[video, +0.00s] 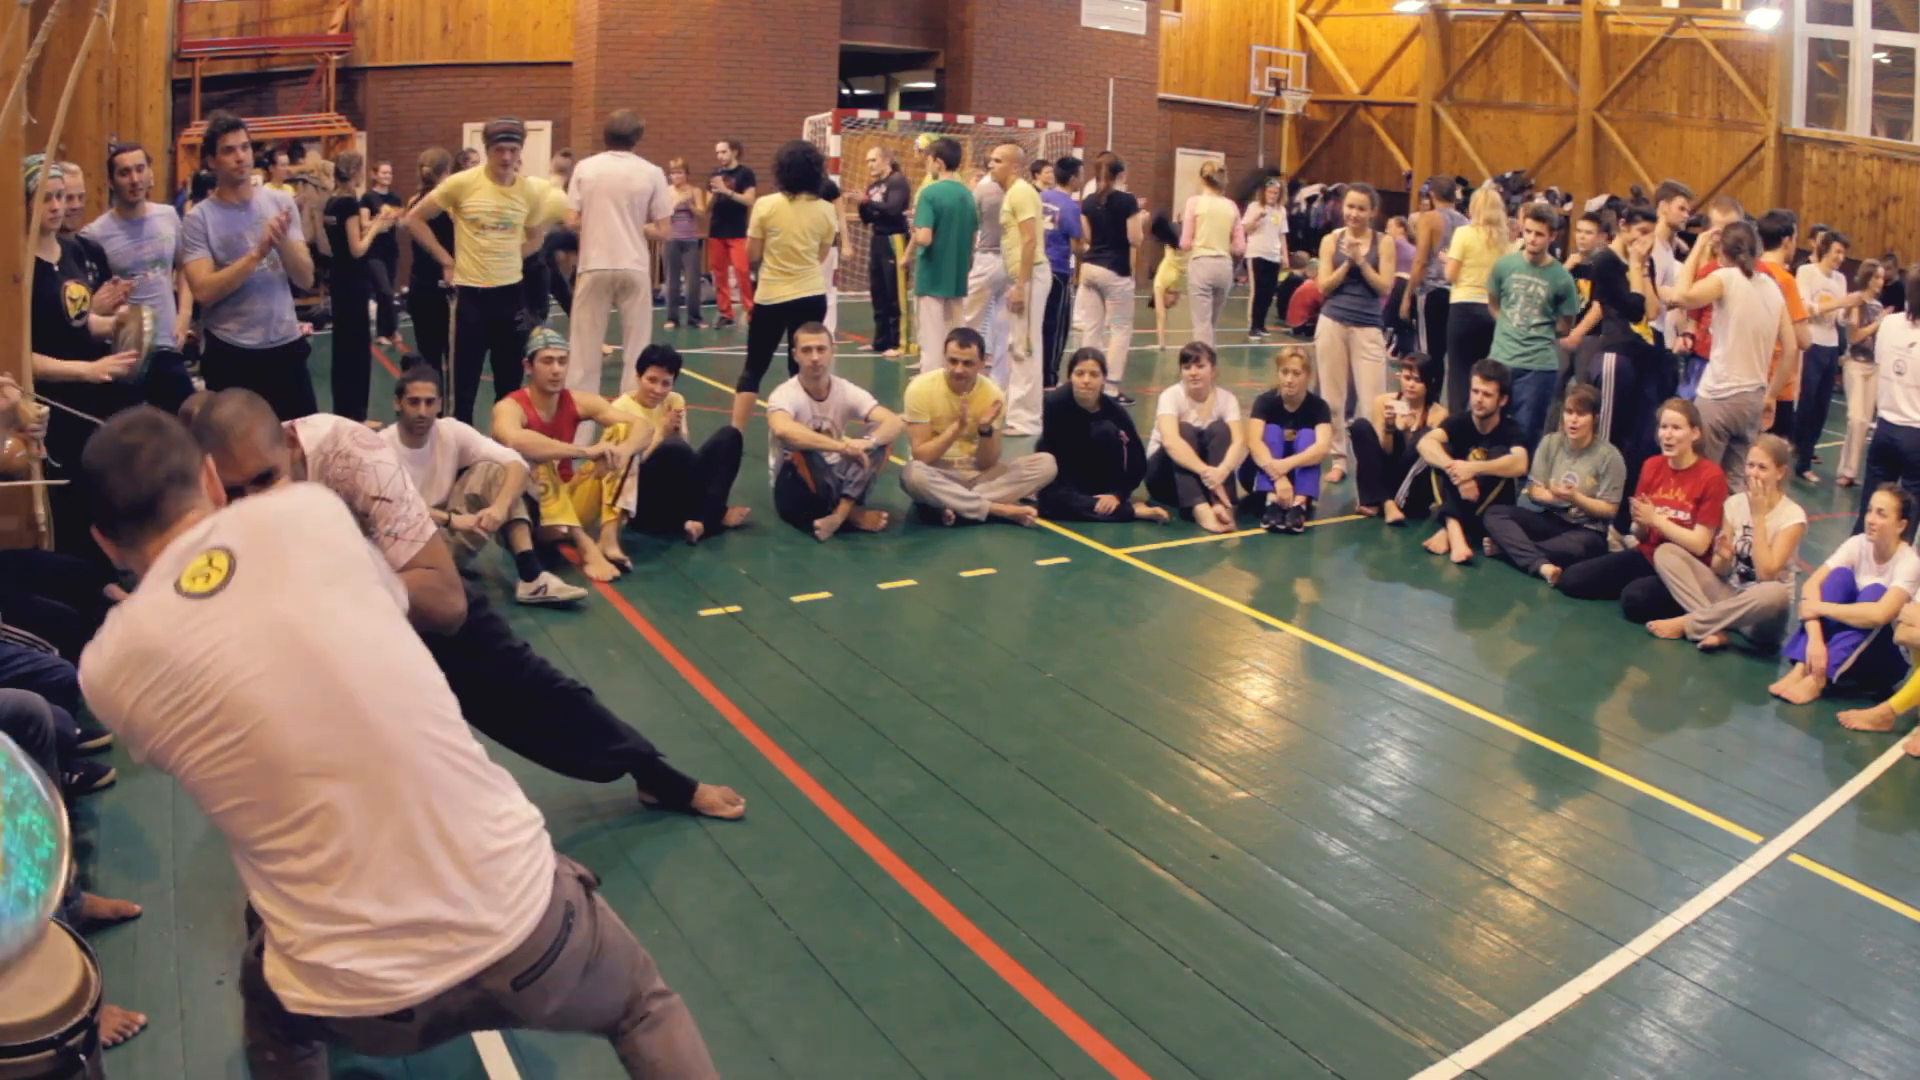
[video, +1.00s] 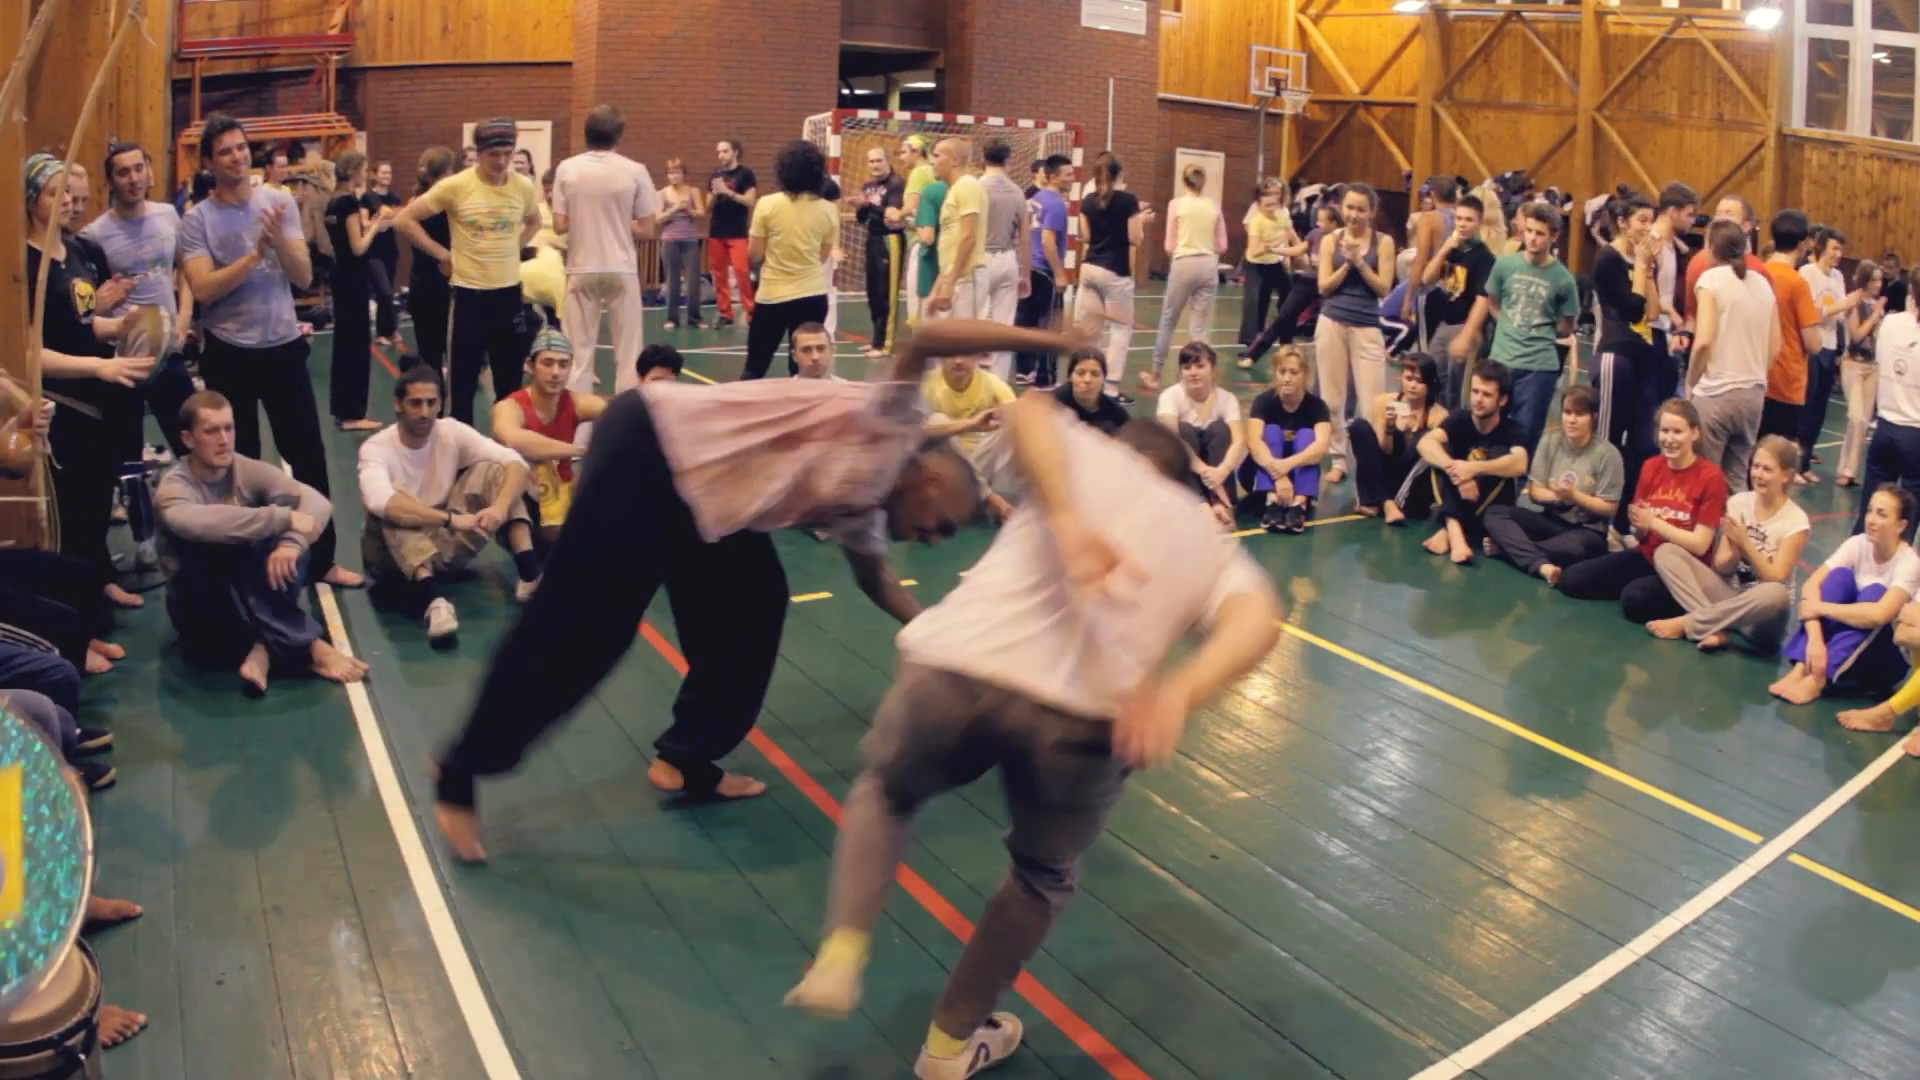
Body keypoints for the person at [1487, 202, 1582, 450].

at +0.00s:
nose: (1532, 239)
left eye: (1539, 234)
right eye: (1528, 232)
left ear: (1552, 237)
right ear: (1522, 232)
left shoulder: (1562, 279)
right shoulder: (1503, 265)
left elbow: (1564, 327)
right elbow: (1493, 307)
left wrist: (1535, 332)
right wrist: (1513, 328)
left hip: (1539, 362)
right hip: (1501, 355)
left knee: (1525, 432)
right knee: (1489, 426)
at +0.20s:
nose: (1532, 238)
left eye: (1539, 233)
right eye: (1528, 230)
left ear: (1551, 237)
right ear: (1521, 231)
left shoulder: (1562, 278)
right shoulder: (1503, 265)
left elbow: (1565, 326)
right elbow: (1494, 307)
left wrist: (1536, 329)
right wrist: (1514, 326)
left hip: (1538, 362)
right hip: (1501, 356)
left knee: (1524, 434)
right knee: (1489, 427)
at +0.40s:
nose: (1532, 238)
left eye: (1539, 233)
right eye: (1528, 231)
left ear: (1551, 236)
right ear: (1521, 230)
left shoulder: (1562, 278)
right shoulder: (1502, 265)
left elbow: (1566, 325)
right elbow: (1494, 306)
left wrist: (1538, 333)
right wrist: (1515, 328)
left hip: (1539, 363)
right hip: (1501, 356)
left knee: (1526, 433)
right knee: (1491, 428)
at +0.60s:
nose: (1533, 239)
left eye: (1540, 234)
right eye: (1529, 231)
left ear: (1552, 237)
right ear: (1523, 231)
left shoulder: (1562, 279)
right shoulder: (1504, 264)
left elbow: (1566, 326)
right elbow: (1493, 307)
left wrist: (1537, 330)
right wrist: (1515, 327)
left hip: (1539, 363)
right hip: (1501, 357)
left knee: (1525, 435)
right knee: (1490, 427)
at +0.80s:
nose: (1534, 238)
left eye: (1541, 233)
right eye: (1530, 230)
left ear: (1554, 237)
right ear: (1523, 230)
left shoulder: (1563, 279)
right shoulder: (1502, 265)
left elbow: (1565, 326)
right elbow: (1494, 307)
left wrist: (1536, 331)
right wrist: (1514, 327)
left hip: (1539, 361)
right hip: (1502, 356)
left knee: (1525, 434)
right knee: (1492, 428)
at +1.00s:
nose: (1533, 239)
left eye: (1540, 233)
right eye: (1529, 231)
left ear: (1553, 237)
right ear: (1522, 232)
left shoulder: (1564, 280)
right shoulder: (1503, 265)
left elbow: (1566, 327)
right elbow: (1493, 305)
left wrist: (1536, 331)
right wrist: (1512, 325)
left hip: (1539, 363)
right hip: (1501, 358)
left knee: (1525, 433)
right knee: (1490, 427)